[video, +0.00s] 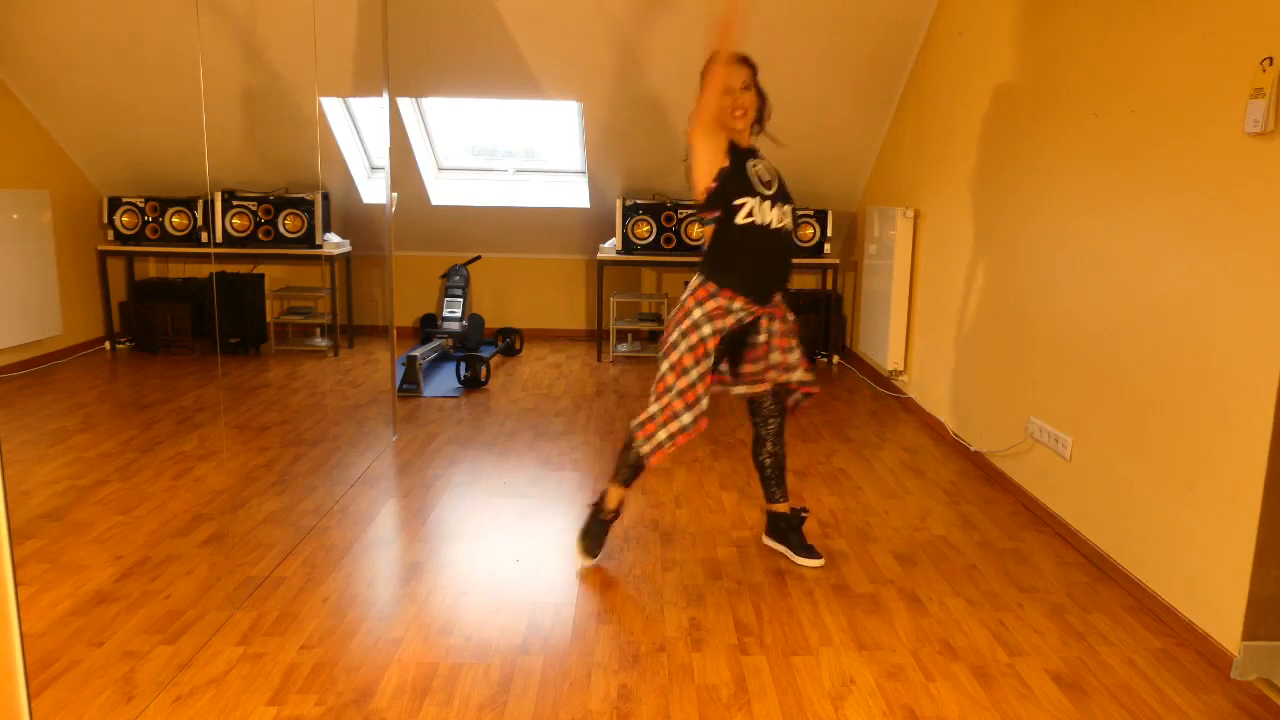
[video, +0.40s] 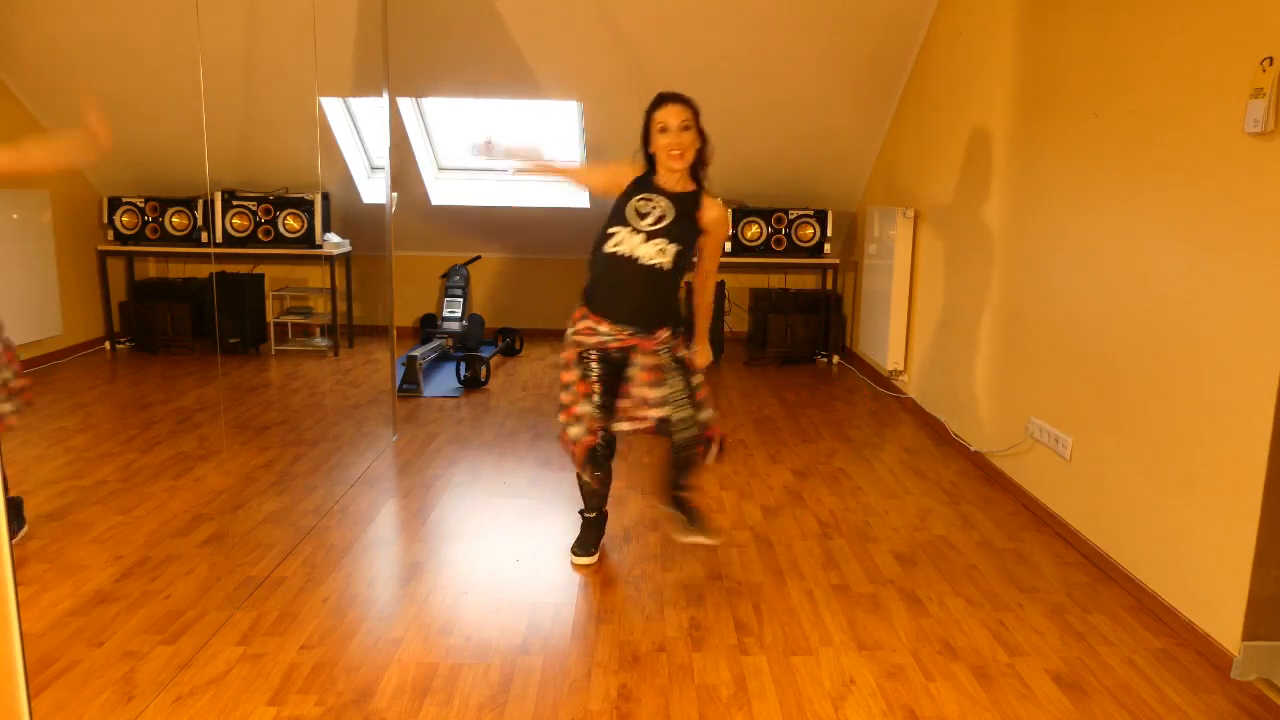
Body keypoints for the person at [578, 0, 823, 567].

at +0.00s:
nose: (740, 100)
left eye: (747, 91)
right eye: (728, 92)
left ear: (758, 103)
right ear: (707, 103)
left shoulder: (758, 160)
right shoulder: (709, 151)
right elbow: (715, 69)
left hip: (764, 309)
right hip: (714, 304)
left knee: (769, 420)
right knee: (669, 410)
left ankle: (780, 519)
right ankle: (608, 505)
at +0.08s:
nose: (730, 112)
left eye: (738, 102)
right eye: (717, 103)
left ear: (750, 113)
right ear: (699, 116)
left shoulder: (749, 179)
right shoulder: (694, 166)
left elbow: (703, 243)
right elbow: (675, 69)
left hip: (751, 314)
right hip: (701, 312)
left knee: (760, 423)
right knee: (658, 418)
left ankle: (776, 522)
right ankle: (600, 510)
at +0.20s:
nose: (708, 123)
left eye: (718, 114)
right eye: (696, 114)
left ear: (730, 127)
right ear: (678, 127)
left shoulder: (725, 190)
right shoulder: (662, 165)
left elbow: (711, 260)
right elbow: (616, 92)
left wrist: (721, 311)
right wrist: (579, 21)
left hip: (716, 327)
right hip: (658, 325)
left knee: (743, 428)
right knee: (636, 431)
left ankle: (774, 524)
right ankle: (596, 518)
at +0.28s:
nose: (694, 130)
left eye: (703, 121)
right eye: (682, 121)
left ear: (717, 133)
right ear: (665, 130)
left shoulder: (723, 204)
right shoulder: (642, 162)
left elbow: (708, 269)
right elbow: (583, 108)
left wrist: (693, 316)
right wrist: (532, 61)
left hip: (684, 331)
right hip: (623, 326)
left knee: (732, 424)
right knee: (613, 433)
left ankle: (759, 524)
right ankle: (592, 522)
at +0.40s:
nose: (675, 139)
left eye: (685, 128)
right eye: (663, 130)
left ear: (700, 137)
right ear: (649, 141)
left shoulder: (710, 213)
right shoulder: (626, 179)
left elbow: (705, 281)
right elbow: (567, 172)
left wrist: (701, 340)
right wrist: (517, 161)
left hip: (659, 336)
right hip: (598, 327)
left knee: (689, 429)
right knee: (590, 432)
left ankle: (678, 495)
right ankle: (592, 520)